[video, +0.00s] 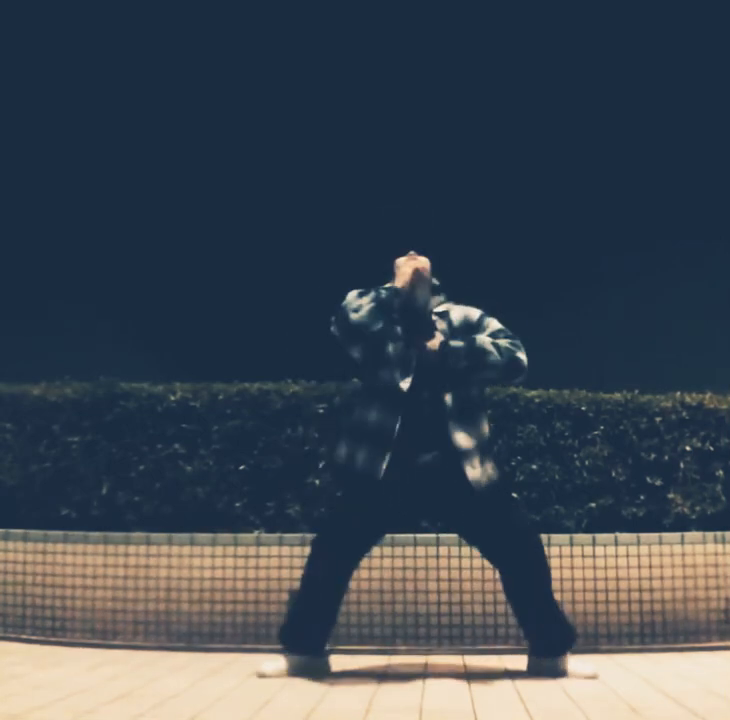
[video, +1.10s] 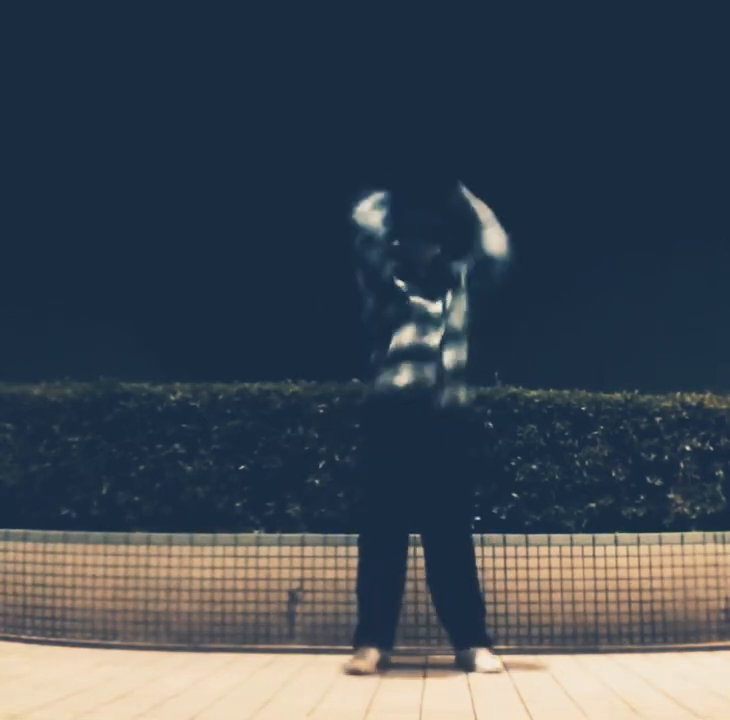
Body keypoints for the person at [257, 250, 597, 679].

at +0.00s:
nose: (413, 275)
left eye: (421, 270)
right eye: (405, 269)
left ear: (434, 282)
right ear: (391, 279)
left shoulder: (464, 318)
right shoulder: (370, 310)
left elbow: (514, 358)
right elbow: (348, 323)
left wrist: (447, 350)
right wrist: (396, 289)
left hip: (458, 476)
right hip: (378, 476)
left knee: (519, 546)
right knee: (333, 551)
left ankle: (548, 651)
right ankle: (304, 651)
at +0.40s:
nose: (422, 260)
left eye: (433, 250)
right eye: (413, 249)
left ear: (447, 245)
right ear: (399, 243)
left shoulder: (468, 275)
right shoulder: (379, 270)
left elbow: (510, 309)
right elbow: (334, 275)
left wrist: (438, 321)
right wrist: (377, 305)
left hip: (462, 430)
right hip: (389, 429)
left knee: (488, 527)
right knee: (359, 523)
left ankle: (501, 638)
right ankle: (355, 635)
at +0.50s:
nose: (424, 267)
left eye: (433, 258)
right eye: (416, 258)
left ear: (448, 257)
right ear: (401, 254)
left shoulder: (469, 305)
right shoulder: (370, 292)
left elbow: (476, 375)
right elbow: (356, 350)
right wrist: (382, 384)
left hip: (453, 446)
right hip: (391, 445)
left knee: (457, 544)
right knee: (386, 542)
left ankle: (467, 646)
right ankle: (377, 647)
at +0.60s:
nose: (423, 264)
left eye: (433, 255)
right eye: (415, 255)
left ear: (448, 255)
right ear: (401, 252)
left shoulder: (470, 307)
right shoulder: (371, 294)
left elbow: (480, 376)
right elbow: (359, 364)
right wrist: (378, 410)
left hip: (456, 447)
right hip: (388, 445)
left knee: (470, 539)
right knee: (375, 539)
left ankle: (471, 644)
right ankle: (373, 645)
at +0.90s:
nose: (416, 254)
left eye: (424, 244)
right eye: (409, 244)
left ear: (441, 249)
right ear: (397, 250)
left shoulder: (470, 300)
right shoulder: (373, 298)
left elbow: (482, 361)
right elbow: (355, 365)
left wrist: (443, 331)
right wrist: (380, 404)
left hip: (454, 444)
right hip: (389, 446)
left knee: (460, 542)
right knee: (379, 543)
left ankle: (473, 644)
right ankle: (370, 645)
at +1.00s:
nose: (409, 251)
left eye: (419, 240)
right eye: (401, 240)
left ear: (437, 242)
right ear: (389, 242)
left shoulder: (458, 292)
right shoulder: (379, 292)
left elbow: (489, 328)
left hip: (448, 427)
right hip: (390, 427)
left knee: (453, 536)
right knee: (383, 536)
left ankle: (471, 643)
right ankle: (371, 642)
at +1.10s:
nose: (427, 245)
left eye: (436, 236)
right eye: (417, 235)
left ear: (450, 239)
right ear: (399, 240)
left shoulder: (466, 278)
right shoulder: (383, 279)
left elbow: (497, 250)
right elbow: (365, 227)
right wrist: (390, 195)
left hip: (449, 415)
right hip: (390, 413)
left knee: (451, 528)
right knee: (382, 529)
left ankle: (472, 643)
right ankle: (372, 642)